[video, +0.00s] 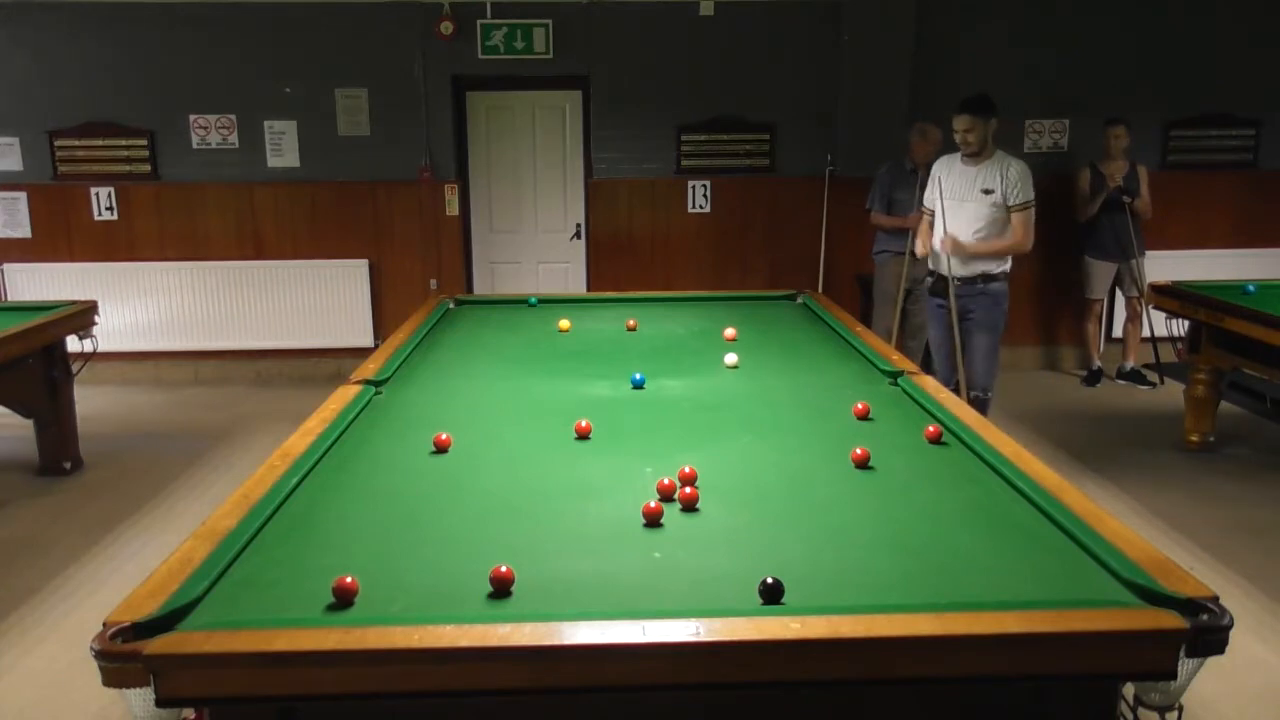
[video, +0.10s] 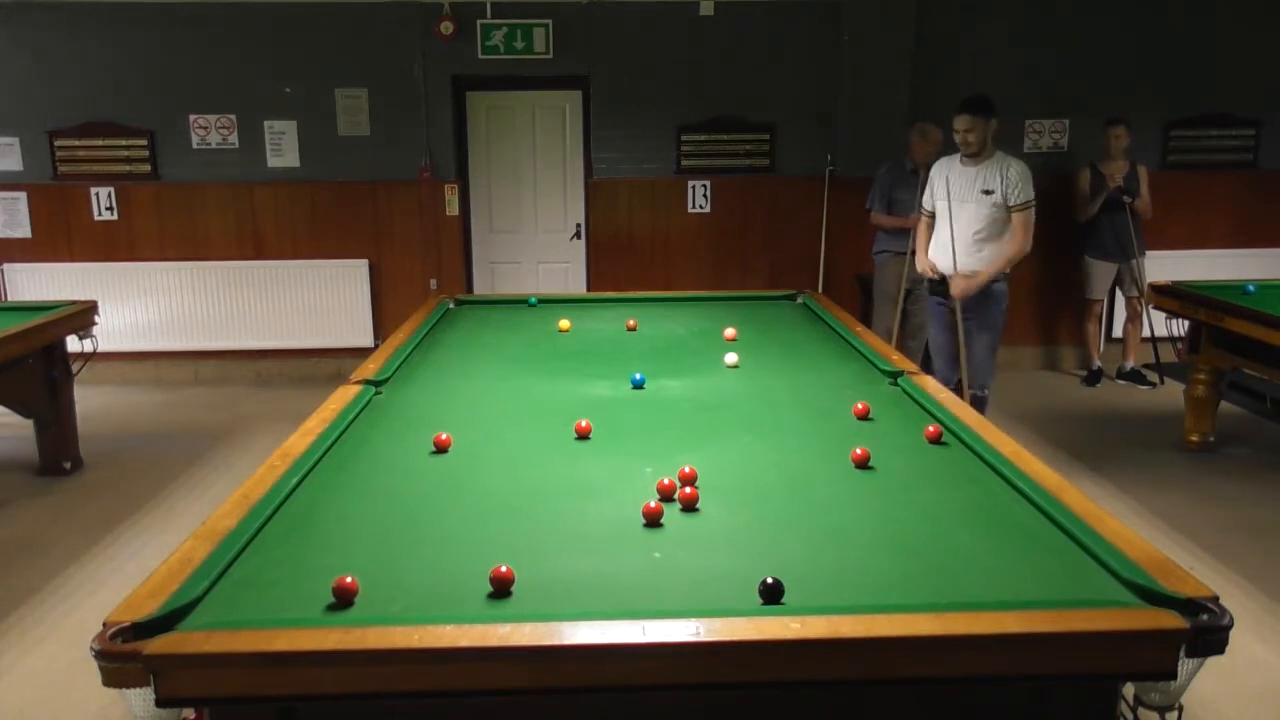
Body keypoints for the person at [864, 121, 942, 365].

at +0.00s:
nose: (934, 152)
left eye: (936, 147)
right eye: (930, 146)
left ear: (937, 149)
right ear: (915, 143)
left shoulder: (935, 177)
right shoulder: (891, 172)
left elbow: (942, 216)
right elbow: (875, 217)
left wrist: (928, 224)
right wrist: (906, 222)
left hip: (924, 259)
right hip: (892, 257)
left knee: (917, 331)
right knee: (885, 326)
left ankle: (908, 386)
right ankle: (877, 382)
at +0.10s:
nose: (934, 153)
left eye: (936, 147)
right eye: (930, 146)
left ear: (937, 149)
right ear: (915, 143)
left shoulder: (934, 177)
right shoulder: (890, 172)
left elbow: (941, 216)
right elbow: (875, 217)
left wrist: (929, 225)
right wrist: (908, 222)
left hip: (922, 257)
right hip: (892, 256)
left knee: (917, 329)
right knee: (885, 325)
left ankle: (909, 384)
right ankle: (877, 380)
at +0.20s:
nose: (934, 153)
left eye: (937, 148)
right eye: (930, 147)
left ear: (938, 149)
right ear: (916, 143)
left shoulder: (935, 177)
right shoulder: (891, 172)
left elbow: (942, 217)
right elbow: (875, 216)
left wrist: (930, 225)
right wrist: (909, 222)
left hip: (923, 257)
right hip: (892, 256)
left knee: (918, 330)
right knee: (886, 326)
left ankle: (909, 386)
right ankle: (877, 382)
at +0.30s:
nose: (935, 153)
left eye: (938, 148)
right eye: (931, 146)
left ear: (939, 149)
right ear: (916, 143)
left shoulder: (936, 177)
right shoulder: (891, 172)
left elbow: (943, 217)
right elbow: (875, 217)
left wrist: (930, 225)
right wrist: (909, 223)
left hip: (925, 258)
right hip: (892, 257)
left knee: (917, 330)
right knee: (886, 326)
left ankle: (909, 386)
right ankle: (878, 383)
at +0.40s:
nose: (935, 153)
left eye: (938, 147)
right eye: (931, 146)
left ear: (940, 149)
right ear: (916, 143)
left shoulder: (938, 178)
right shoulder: (891, 173)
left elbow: (944, 218)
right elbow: (875, 217)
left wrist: (931, 231)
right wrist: (912, 227)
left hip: (926, 260)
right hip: (893, 258)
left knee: (917, 329)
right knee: (887, 327)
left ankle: (913, 386)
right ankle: (879, 383)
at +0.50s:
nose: (935, 153)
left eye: (938, 148)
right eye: (931, 147)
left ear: (940, 148)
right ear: (915, 144)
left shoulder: (937, 178)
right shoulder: (891, 173)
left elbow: (944, 217)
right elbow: (875, 217)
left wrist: (932, 231)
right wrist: (913, 227)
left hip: (926, 259)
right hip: (893, 258)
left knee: (917, 328)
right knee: (887, 327)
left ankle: (913, 385)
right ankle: (879, 383)